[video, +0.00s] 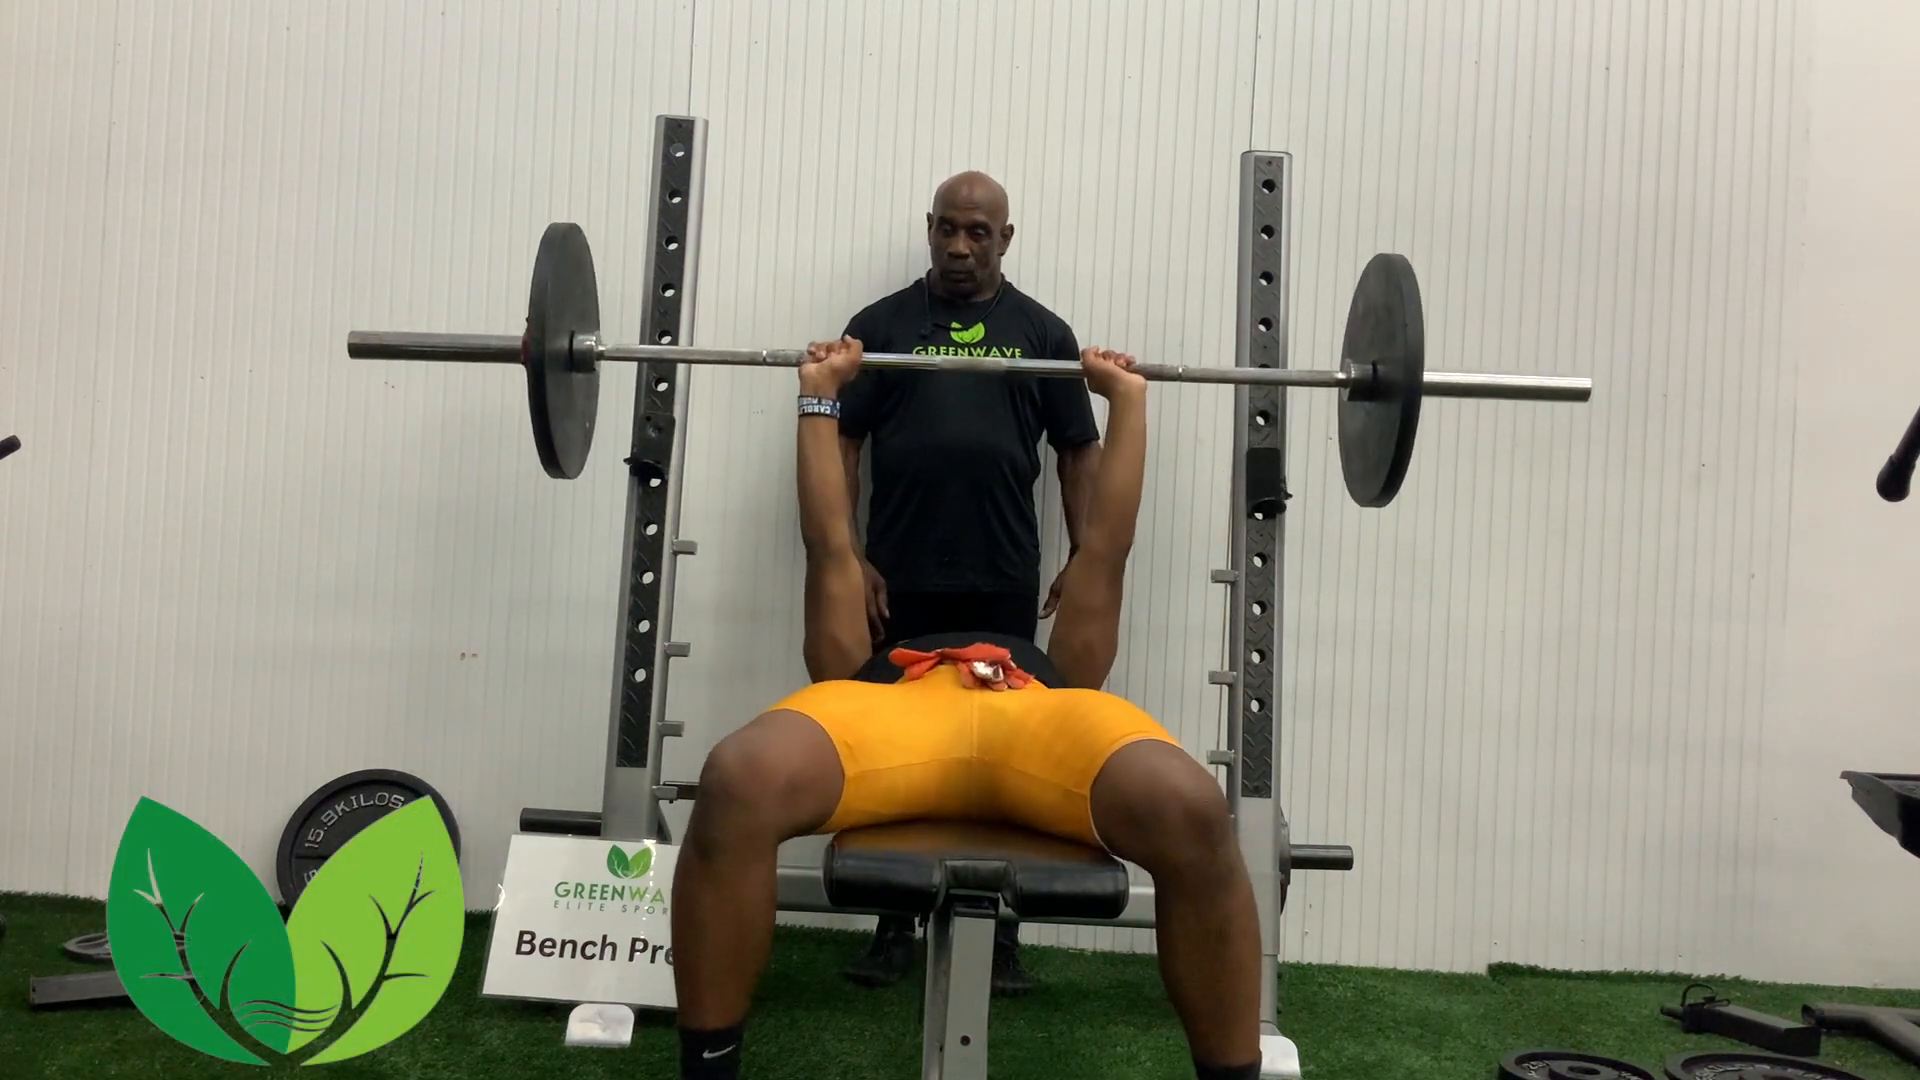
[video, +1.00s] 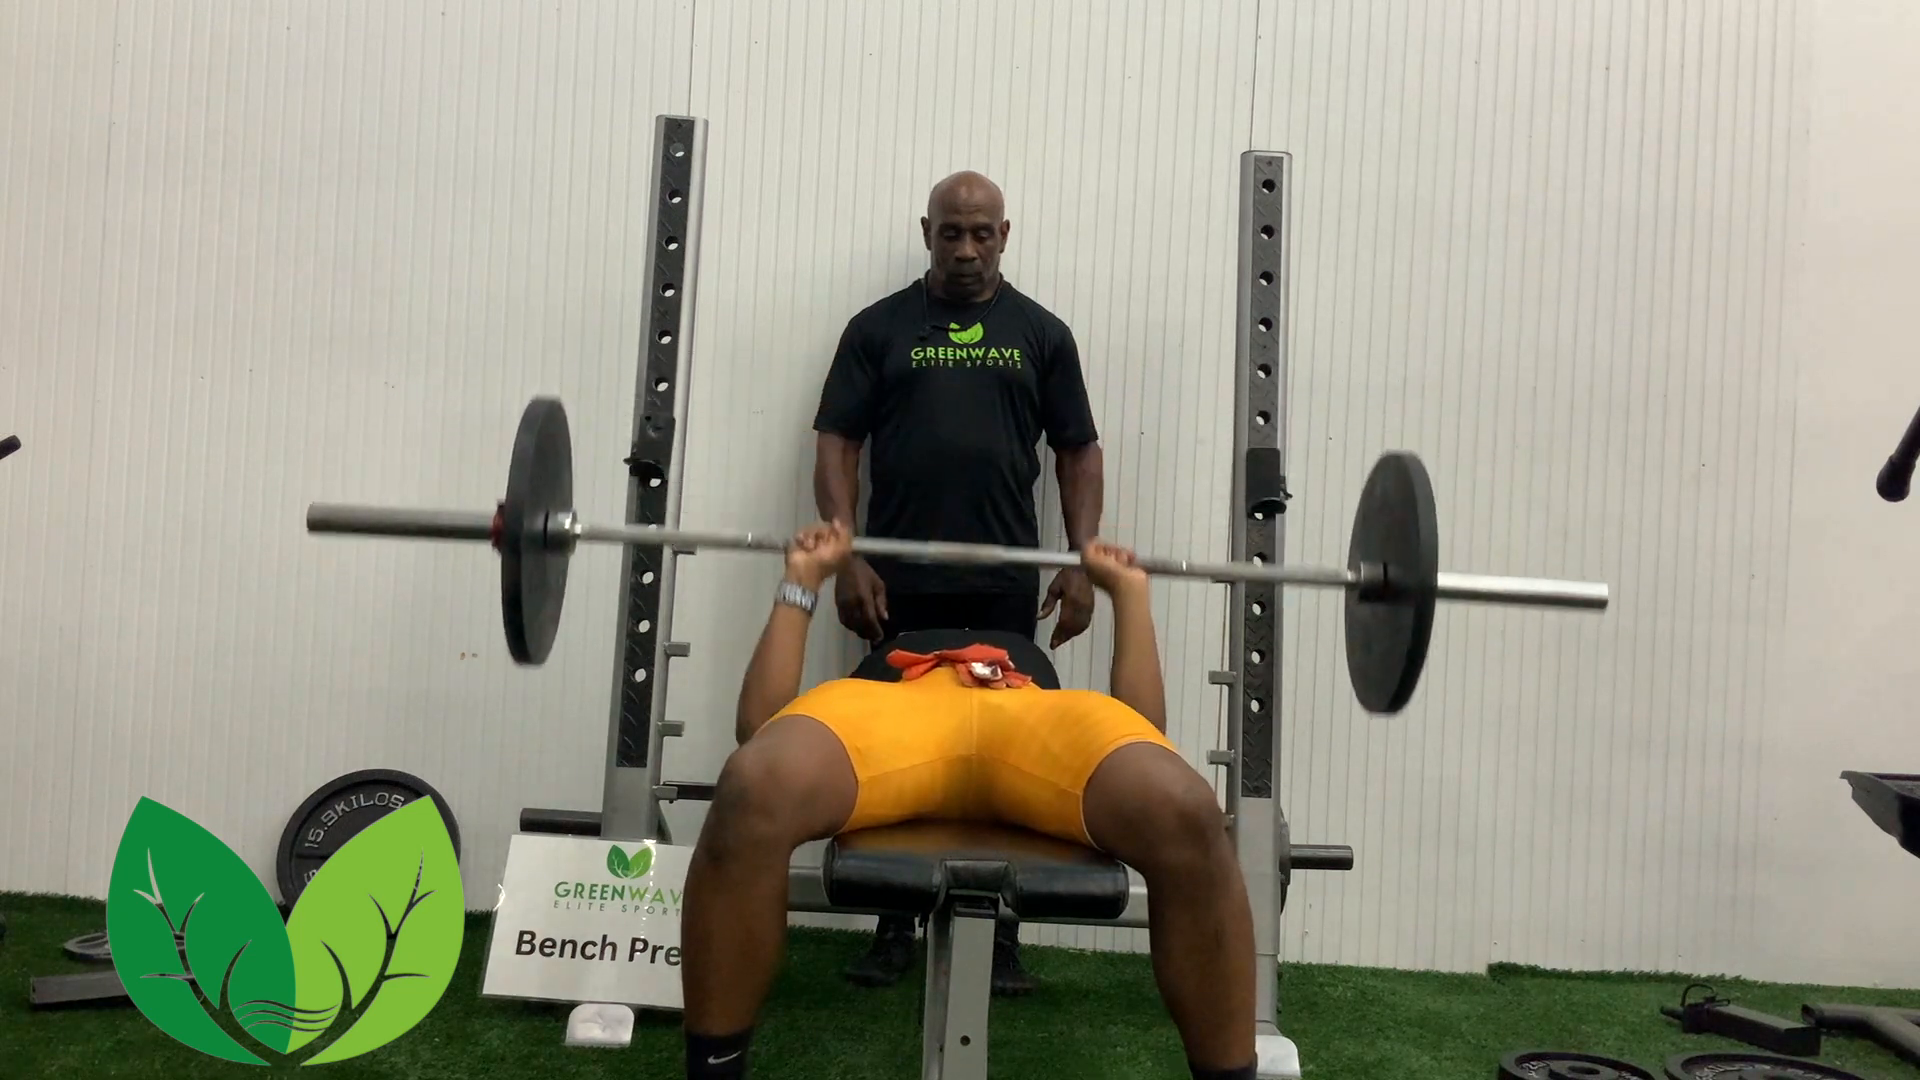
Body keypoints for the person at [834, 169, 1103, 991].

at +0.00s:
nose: (959, 246)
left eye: (977, 232)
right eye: (946, 229)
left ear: (1006, 241)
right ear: (928, 233)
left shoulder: (1045, 337)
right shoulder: (875, 330)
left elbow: (1078, 460)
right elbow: (845, 456)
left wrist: (1082, 560)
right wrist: (849, 558)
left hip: (1007, 579)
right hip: (899, 573)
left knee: (1011, 752)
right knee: (891, 744)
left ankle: (999, 927)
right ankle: (897, 917)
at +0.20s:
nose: (965, 247)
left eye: (982, 234)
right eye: (951, 232)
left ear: (1006, 239)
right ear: (929, 233)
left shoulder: (1045, 337)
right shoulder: (874, 331)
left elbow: (1077, 457)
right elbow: (843, 457)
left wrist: (1080, 555)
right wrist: (850, 560)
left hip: (1007, 579)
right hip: (899, 574)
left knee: (1010, 754)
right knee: (890, 748)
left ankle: (998, 928)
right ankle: (896, 918)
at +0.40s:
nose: (969, 249)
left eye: (985, 235)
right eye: (954, 234)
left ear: (1006, 240)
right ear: (928, 237)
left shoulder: (1044, 337)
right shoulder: (874, 332)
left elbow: (1078, 456)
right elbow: (844, 456)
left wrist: (1081, 553)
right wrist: (851, 558)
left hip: (1007, 579)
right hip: (900, 574)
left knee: (1011, 753)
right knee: (893, 748)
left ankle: (1000, 929)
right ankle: (897, 918)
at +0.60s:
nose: (972, 248)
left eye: (987, 234)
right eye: (956, 233)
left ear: (1007, 237)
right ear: (928, 236)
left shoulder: (1043, 336)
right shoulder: (874, 334)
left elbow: (1077, 450)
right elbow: (841, 454)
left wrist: (1078, 554)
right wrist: (849, 558)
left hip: (1009, 583)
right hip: (900, 578)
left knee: (1014, 758)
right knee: (892, 751)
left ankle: (1000, 931)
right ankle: (896, 921)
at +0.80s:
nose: (970, 248)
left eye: (986, 234)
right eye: (954, 233)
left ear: (1006, 238)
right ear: (927, 236)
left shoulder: (1042, 337)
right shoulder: (877, 332)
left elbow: (1077, 459)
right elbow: (834, 456)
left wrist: (1081, 560)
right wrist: (850, 560)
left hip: (1007, 584)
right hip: (903, 581)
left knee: (1013, 750)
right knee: (891, 747)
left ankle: (999, 929)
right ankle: (896, 919)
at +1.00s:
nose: (967, 248)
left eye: (983, 235)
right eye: (952, 233)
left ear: (1005, 239)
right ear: (926, 237)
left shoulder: (1042, 336)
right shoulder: (877, 330)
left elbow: (1078, 455)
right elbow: (836, 445)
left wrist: (1083, 563)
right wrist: (844, 556)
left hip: (1006, 590)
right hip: (900, 585)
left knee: (1011, 759)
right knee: (889, 754)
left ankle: (1000, 931)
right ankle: (894, 924)